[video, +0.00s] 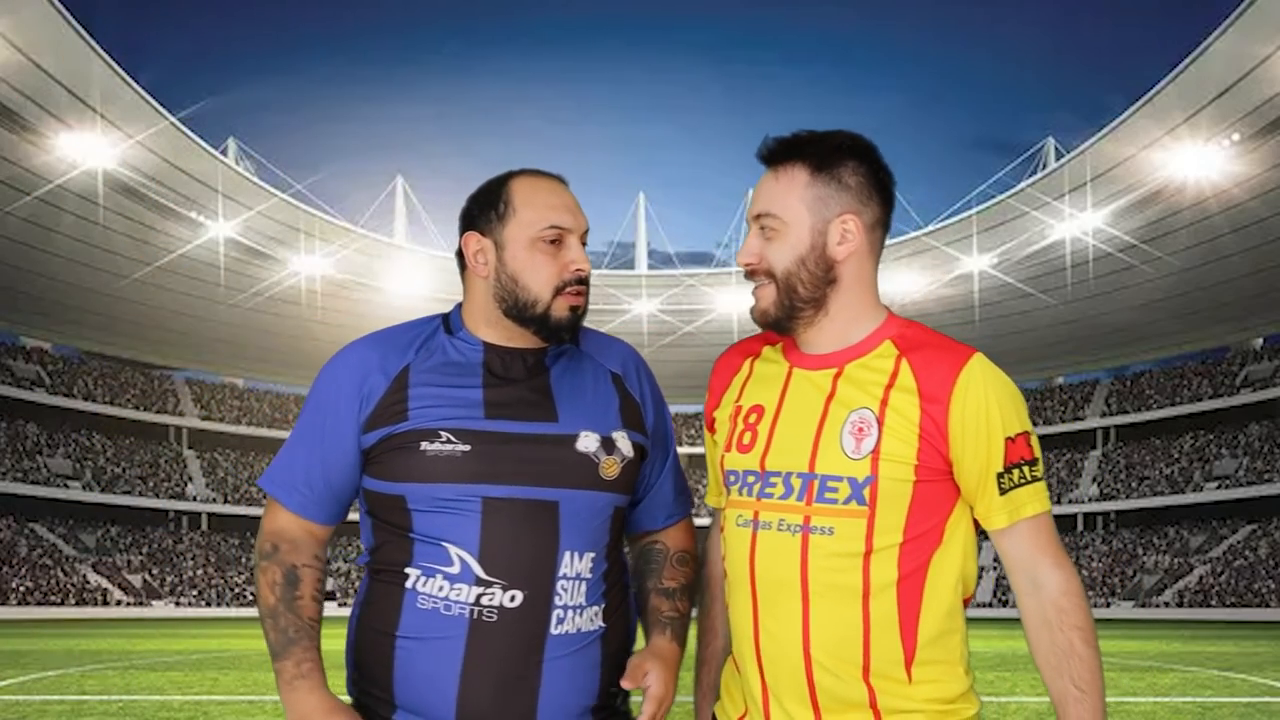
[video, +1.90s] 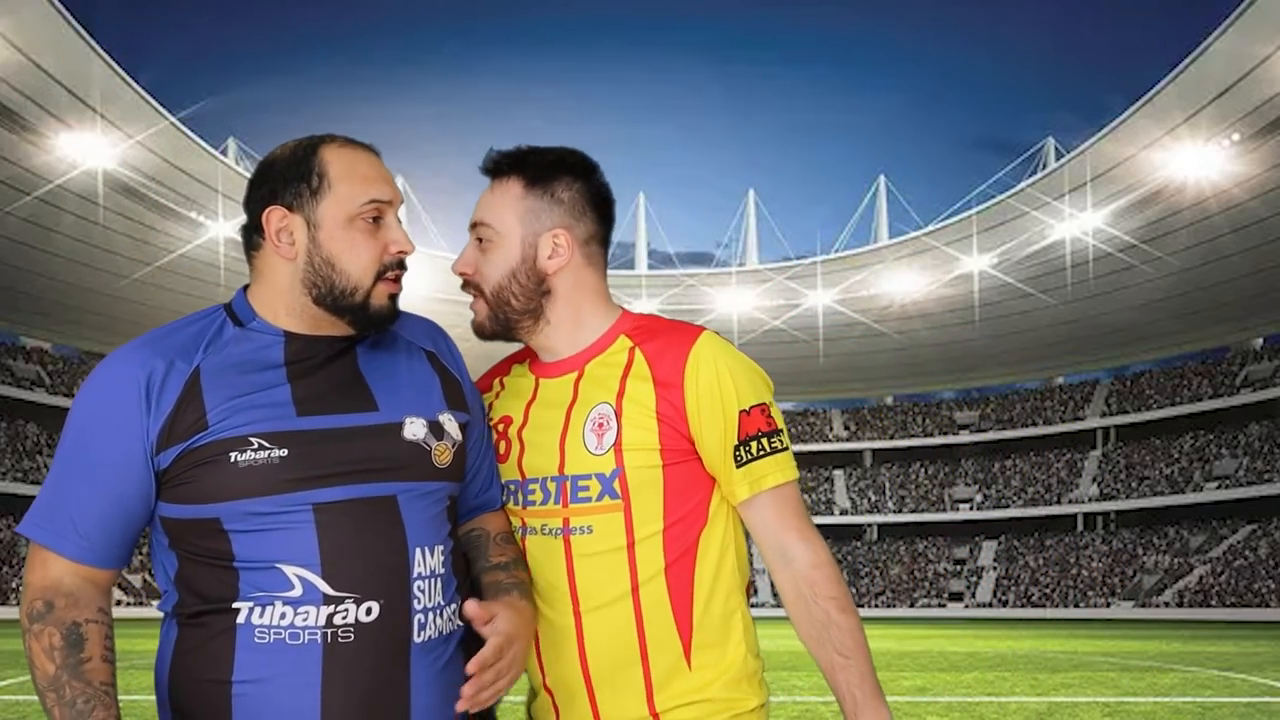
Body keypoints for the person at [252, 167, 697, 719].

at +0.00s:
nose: (582, 261)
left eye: (583, 243)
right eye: (553, 240)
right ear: (478, 253)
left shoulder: (622, 378)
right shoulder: (369, 374)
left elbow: (663, 528)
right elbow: (291, 532)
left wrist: (664, 643)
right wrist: (304, 689)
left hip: (578, 706)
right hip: (405, 706)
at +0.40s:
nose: (602, 275)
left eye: (601, 254)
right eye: (576, 251)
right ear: (497, 256)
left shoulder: (605, 373)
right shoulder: (376, 365)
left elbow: (637, 525)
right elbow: (277, 539)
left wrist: (649, 644)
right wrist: (319, 697)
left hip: (573, 707)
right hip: (403, 708)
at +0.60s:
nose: (558, 278)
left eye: (553, 253)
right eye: (535, 251)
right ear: (453, 253)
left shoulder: (542, 374)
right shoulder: (315, 368)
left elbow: (578, 535)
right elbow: (205, 556)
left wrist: (609, 668)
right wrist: (275, 711)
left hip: (522, 709)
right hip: (351, 710)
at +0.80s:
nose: (499, 277)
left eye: (493, 252)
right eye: (475, 252)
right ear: (391, 252)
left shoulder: (483, 370)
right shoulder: (250, 372)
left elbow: (521, 535)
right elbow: (146, 579)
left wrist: (551, 686)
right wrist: (221, 710)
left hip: (473, 706)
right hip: (296, 704)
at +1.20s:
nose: (425, 262)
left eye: (418, 235)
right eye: (399, 237)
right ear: (310, 247)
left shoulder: (428, 360)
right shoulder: (172, 388)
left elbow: (485, 524)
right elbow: (97, 616)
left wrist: (521, 680)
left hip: (439, 705)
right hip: (250, 704)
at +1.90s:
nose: (404, 244)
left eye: (397, 219)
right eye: (372, 219)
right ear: (282, 232)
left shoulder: (428, 355)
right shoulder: (149, 381)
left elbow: (481, 514)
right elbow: (61, 598)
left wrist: (516, 602)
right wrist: (96, 712)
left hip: (436, 712)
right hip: (236, 709)